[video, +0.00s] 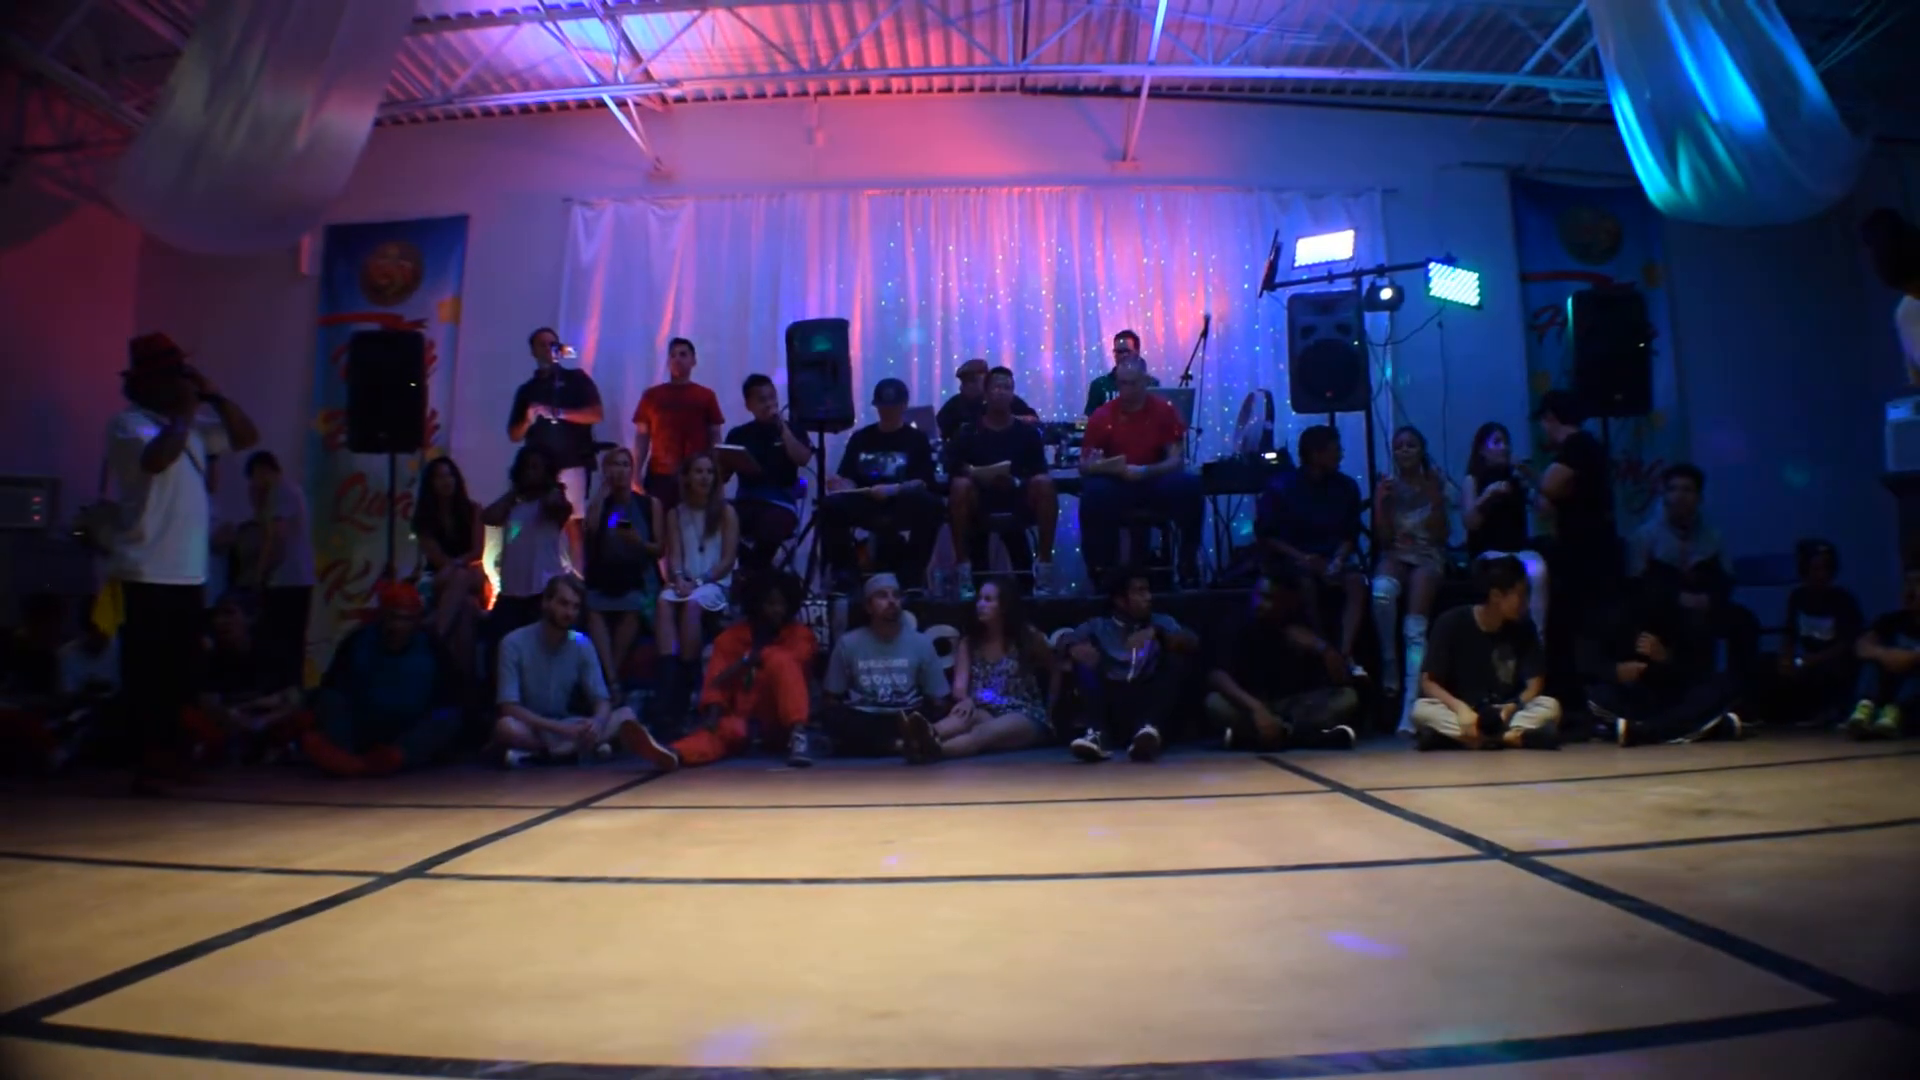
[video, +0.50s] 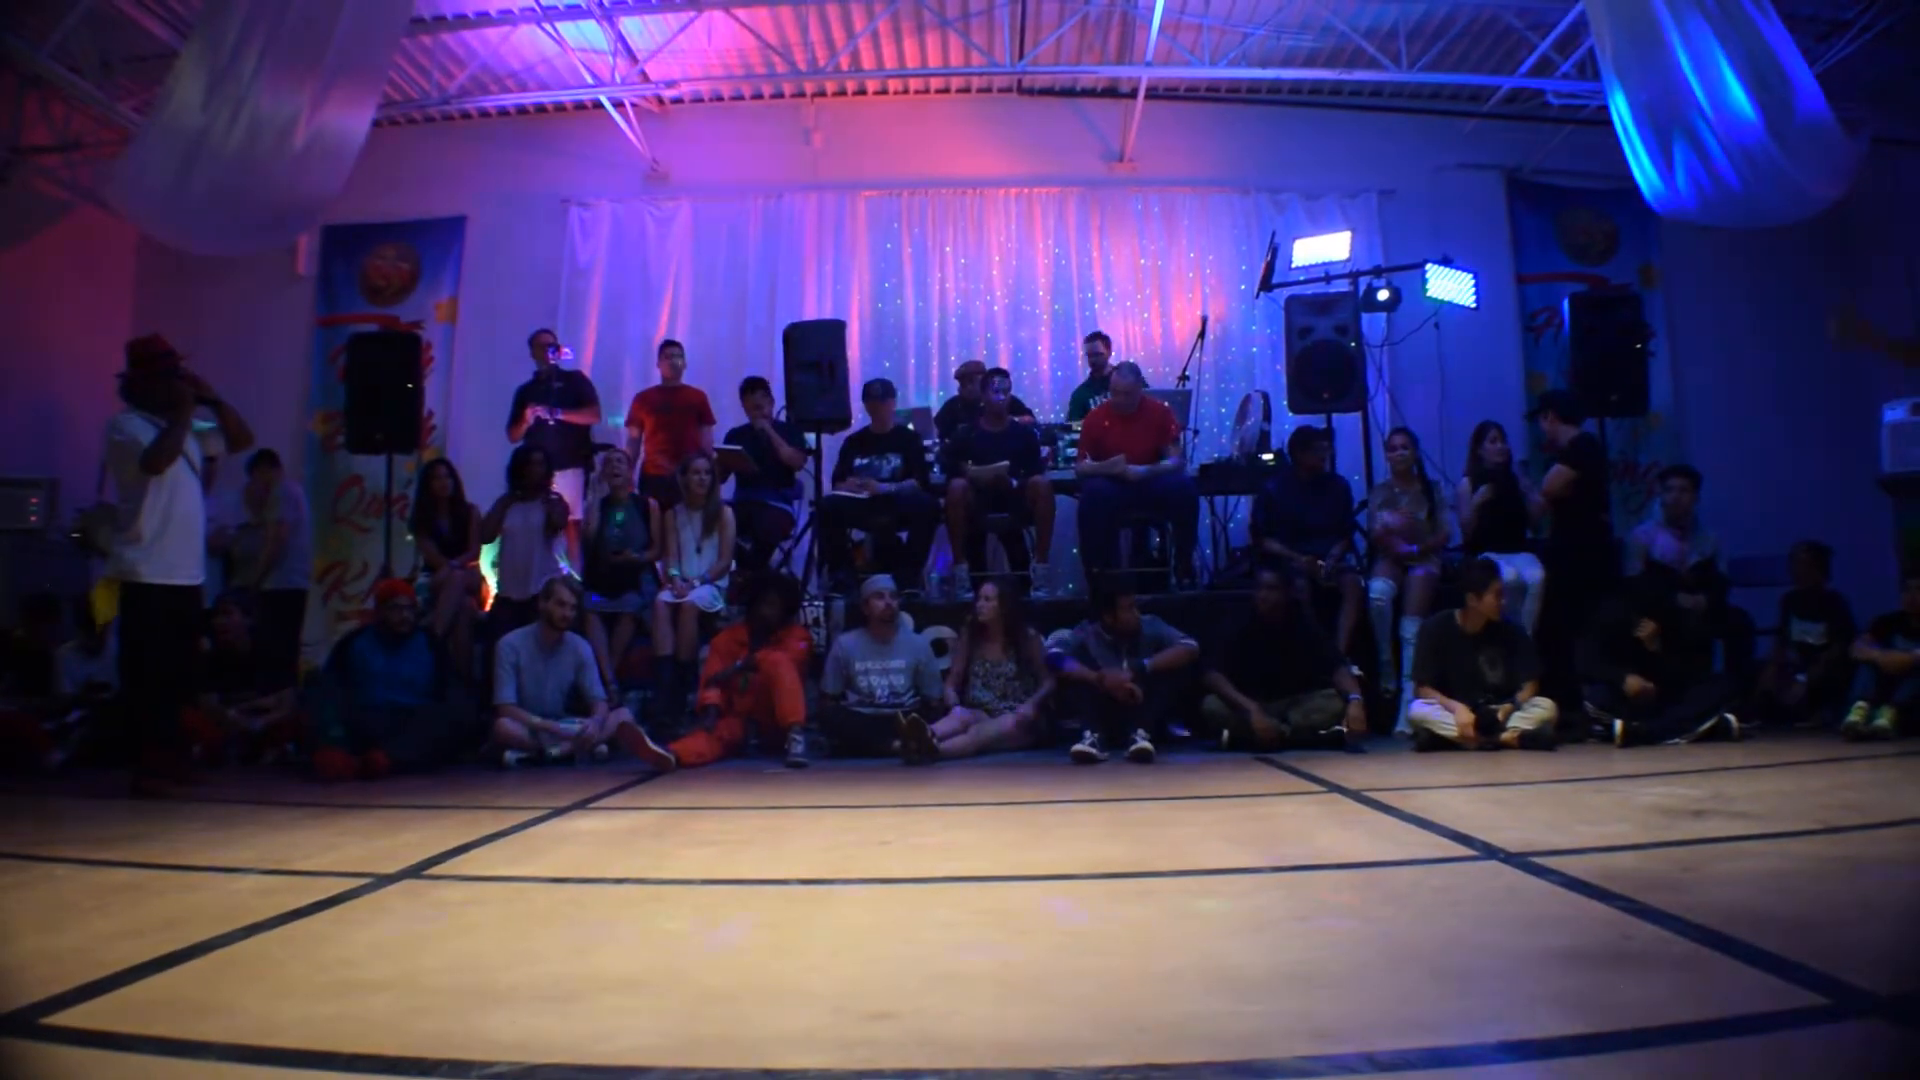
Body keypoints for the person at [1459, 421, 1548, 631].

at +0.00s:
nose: (1501, 447)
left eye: (1504, 442)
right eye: (1495, 442)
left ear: (1509, 446)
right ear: (1481, 448)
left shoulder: (1517, 475)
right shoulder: (1474, 478)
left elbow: (1544, 506)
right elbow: (1470, 519)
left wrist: (1530, 482)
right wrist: (1488, 494)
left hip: (1519, 546)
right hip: (1488, 547)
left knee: (1537, 569)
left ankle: (1538, 635)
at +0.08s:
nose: (1500, 448)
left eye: (1503, 442)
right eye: (1494, 443)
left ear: (1507, 447)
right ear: (1479, 449)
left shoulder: (1514, 473)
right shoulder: (1469, 480)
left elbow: (1531, 506)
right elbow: (1469, 521)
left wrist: (1525, 484)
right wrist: (1484, 496)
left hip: (1518, 547)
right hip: (1486, 548)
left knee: (1535, 568)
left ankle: (1535, 631)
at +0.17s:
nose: (1500, 448)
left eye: (1502, 443)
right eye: (1493, 443)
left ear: (1507, 447)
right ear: (1478, 450)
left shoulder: (1513, 479)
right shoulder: (1468, 481)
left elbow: (1531, 510)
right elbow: (1467, 523)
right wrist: (1480, 496)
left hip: (1516, 547)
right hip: (1486, 548)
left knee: (1535, 570)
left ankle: (1532, 632)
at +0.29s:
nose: (1500, 448)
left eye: (1502, 442)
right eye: (1492, 443)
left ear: (1507, 447)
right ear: (1478, 449)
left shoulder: (1511, 480)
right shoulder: (1468, 481)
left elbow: (1530, 517)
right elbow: (1466, 522)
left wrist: (1530, 506)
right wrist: (1478, 498)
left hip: (1516, 547)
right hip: (1486, 547)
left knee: (1535, 571)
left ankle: (1529, 632)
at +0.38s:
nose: (1500, 448)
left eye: (1502, 442)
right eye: (1492, 443)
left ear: (1507, 447)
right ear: (1478, 449)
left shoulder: (1512, 479)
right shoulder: (1469, 481)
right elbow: (1466, 524)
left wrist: (1530, 506)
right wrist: (1476, 500)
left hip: (1517, 548)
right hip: (1485, 548)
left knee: (1536, 572)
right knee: (1513, 577)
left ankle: (1527, 632)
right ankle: (1505, 631)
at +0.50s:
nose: (1500, 447)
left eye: (1503, 441)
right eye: (1493, 442)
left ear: (1509, 446)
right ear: (1479, 449)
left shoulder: (1517, 479)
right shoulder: (1469, 483)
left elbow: (1534, 513)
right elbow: (1467, 526)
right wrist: (1475, 503)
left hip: (1519, 548)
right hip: (1487, 549)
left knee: (1536, 576)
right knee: (1510, 578)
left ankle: (1527, 636)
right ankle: (1502, 634)